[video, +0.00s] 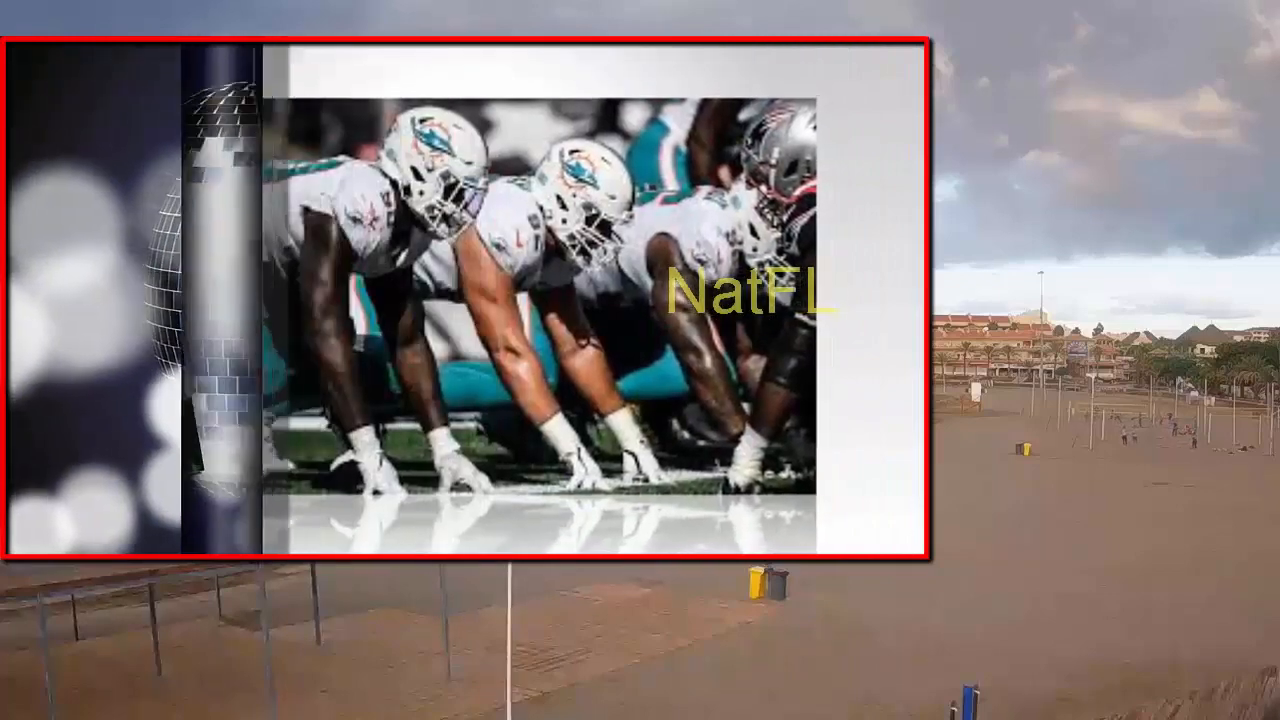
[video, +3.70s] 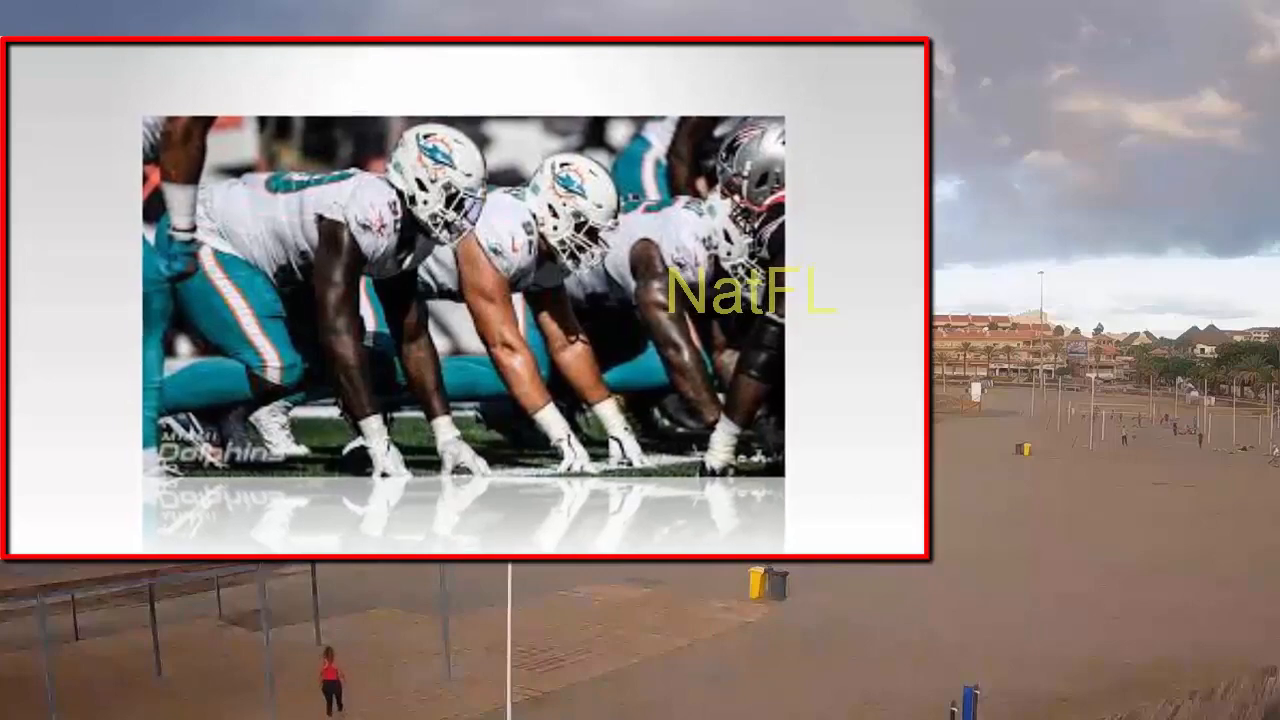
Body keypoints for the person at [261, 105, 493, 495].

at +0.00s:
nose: (462, 205)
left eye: (468, 192)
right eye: (455, 188)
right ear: (420, 169)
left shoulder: (400, 225)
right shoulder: (354, 198)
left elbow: (409, 341)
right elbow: (325, 331)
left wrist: (444, 449)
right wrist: (367, 449)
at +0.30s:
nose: (460, 205)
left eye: (468, 193)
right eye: (454, 188)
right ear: (419, 169)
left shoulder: (399, 226)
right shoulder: (352, 201)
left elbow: (410, 340)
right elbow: (327, 335)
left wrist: (445, 448)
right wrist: (370, 454)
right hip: (193, 231)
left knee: (322, 355)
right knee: (261, 376)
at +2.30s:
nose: (459, 206)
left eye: (467, 195)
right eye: (451, 189)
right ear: (418, 170)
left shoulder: (400, 229)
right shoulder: (359, 205)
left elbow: (412, 339)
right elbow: (332, 329)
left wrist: (445, 441)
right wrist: (372, 443)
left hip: (253, 254)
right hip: (201, 238)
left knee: (312, 364)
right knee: (269, 370)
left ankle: (196, 421)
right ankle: (119, 408)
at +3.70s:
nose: (458, 211)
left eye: (465, 199)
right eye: (452, 195)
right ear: (421, 177)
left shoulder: (404, 230)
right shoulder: (363, 208)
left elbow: (414, 335)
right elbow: (337, 330)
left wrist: (447, 436)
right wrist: (377, 439)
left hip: (266, 257)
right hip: (210, 241)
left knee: (326, 361)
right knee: (277, 368)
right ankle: (130, 403)